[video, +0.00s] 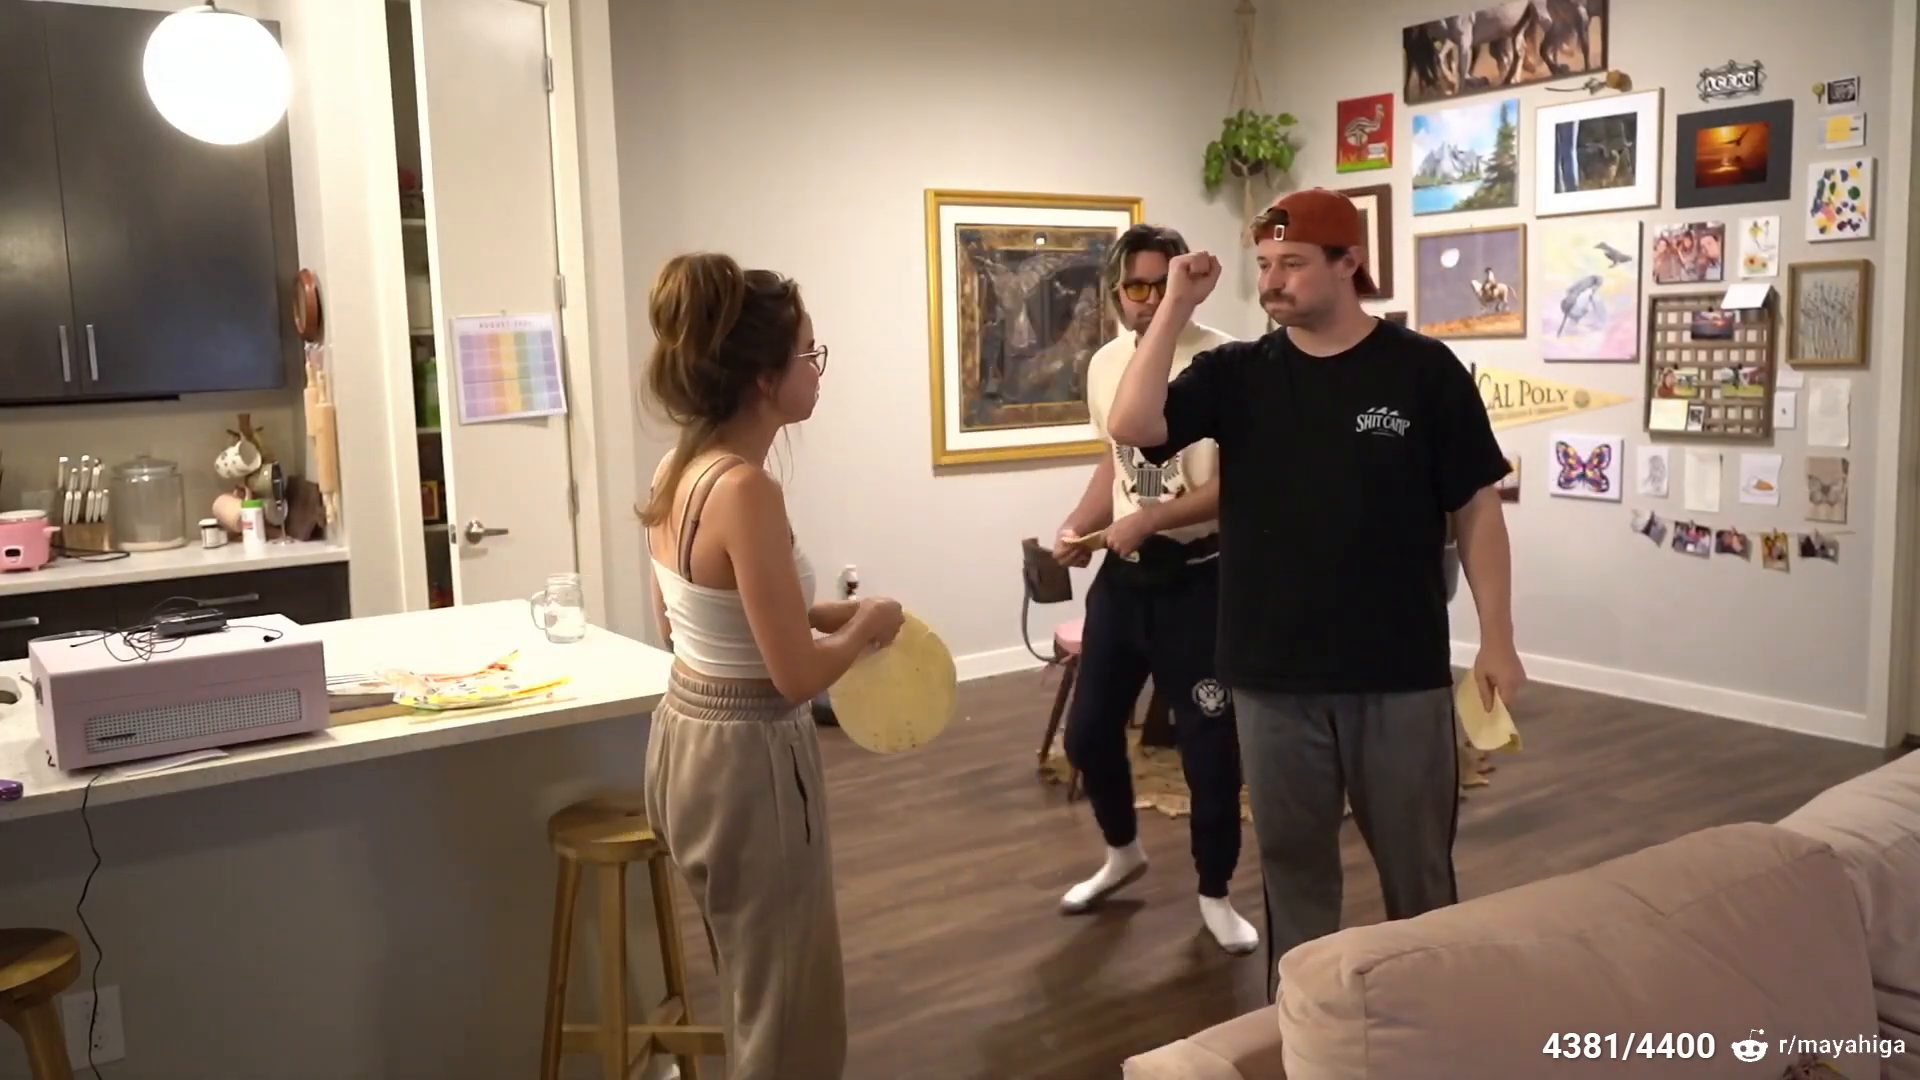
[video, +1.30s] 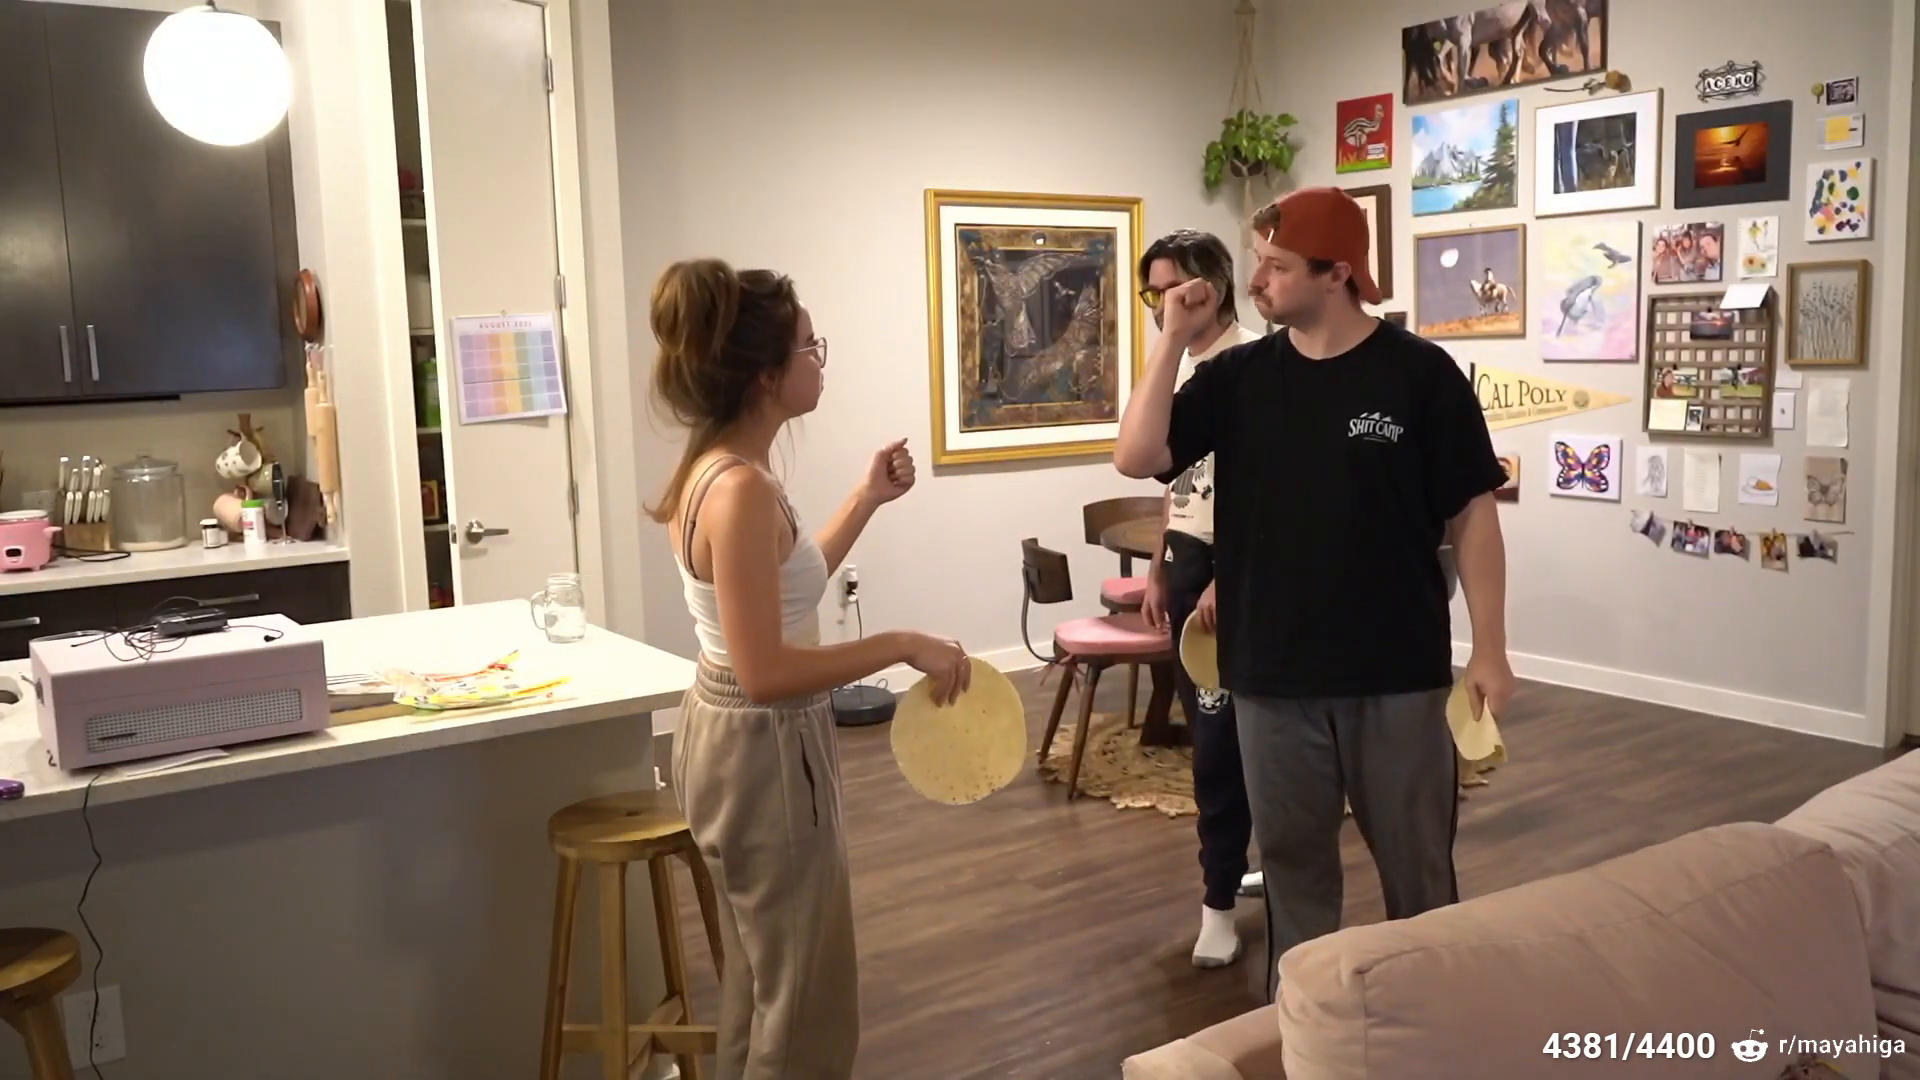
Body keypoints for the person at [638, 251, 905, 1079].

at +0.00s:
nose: (822, 366)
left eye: (816, 349)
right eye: (808, 354)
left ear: (746, 378)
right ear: (762, 379)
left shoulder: (683, 474)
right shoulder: (745, 489)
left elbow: (689, 624)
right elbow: (794, 677)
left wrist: (820, 620)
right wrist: (864, 631)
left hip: (689, 743)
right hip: (748, 762)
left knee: (759, 996)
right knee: (791, 1010)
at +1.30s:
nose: (822, 358)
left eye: (815, 345)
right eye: (810, 350)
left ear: (750, 381)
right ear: (763, 380)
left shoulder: (712, 470)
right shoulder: (741, 489)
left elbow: (790, 585)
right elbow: (762, 672)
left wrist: (865, 498)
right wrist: (903, 644)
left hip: (728, 736)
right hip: (765, 752)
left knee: (760, 976)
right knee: (806, 996)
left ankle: (741, 1073)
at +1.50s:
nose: (826, 369)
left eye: (821, 354)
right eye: (815, 357)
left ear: (756, 379)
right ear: (766, 378)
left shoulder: (712, 472)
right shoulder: (738, 491)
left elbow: (789, 588)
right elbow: (760, 673)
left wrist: (862, 496)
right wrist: (898, 643)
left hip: (729, 736)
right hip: (766, 751)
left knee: (759, 975)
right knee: (817, 998)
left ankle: (738, 1073)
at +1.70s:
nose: (827, 362)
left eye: (821, 348)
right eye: (816, 352)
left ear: (759, 380)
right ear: (770, 378)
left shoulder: (721, 472)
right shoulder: (745, 489)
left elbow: (799, 588)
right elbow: (760, 673)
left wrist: (871, 500)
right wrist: (898, 647)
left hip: (728, 738)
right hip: (765, 753)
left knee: (756, 981)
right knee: (830, 1000)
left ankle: (741, 1074)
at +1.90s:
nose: (837, 365)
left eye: (832, 350)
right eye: (826, 353)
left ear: (769, 378)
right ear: (780, 377)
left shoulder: (726, 468)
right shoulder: (754, 483)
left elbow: (804, 583)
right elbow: (767, 666)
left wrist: (874, 492)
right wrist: (909, 640)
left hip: (731, 734)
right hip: (773, 748)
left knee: (764, 970)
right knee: (823, 992)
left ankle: (744, 1075)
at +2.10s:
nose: (841, 359)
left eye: (835, 345)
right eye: (830, 349)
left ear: (768, 378)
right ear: (782, 377)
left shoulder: (731, 467)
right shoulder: (761, 482)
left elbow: (816, 567)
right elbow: (783, 665)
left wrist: (872, 462)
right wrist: (921, 629)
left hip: (735, 732)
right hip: (776, 747)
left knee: (763, 970)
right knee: (818, 990)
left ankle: (743, 1073)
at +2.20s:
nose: (841, 362)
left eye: (836, 348)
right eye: (830, 351)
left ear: (766, 378)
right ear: (786, 377)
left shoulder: (730, 467)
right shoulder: (762, 482)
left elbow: (829, 555)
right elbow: (786, 665)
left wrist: (859, 437)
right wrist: (924, 630)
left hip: (735, 729)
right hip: (778, 745)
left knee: (761, 971)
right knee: (815, 989)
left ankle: (744, 1075)